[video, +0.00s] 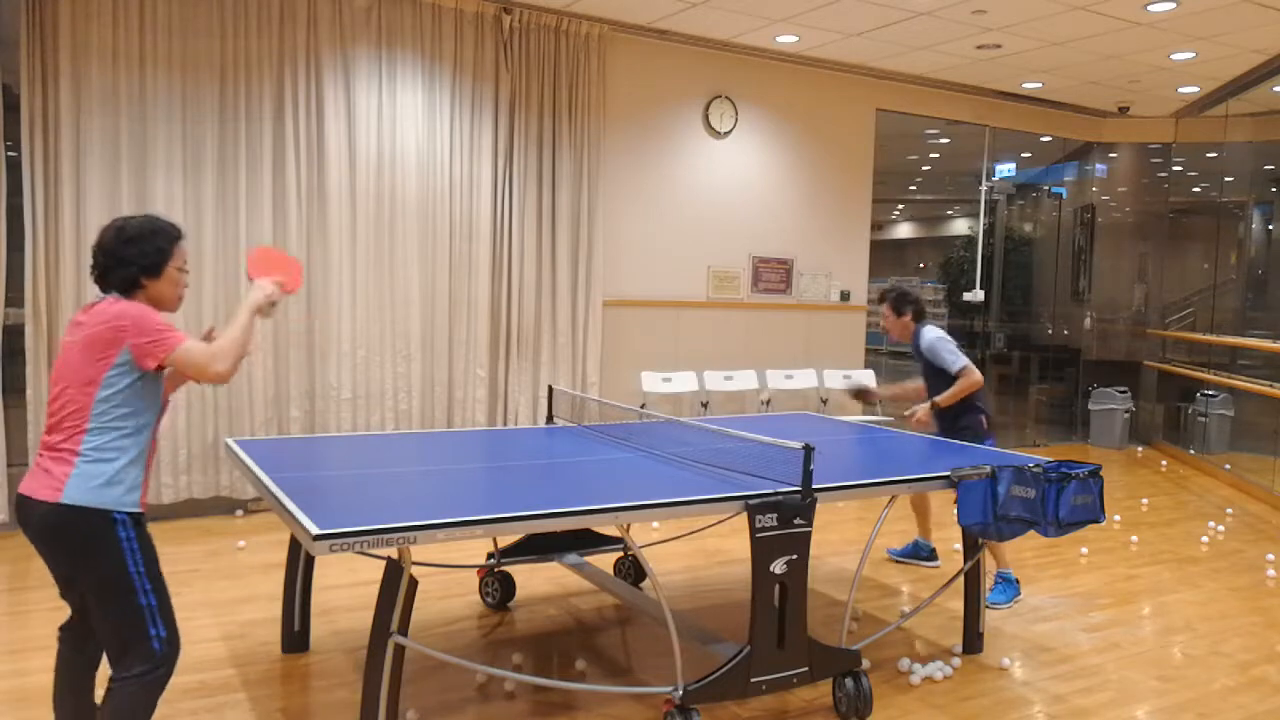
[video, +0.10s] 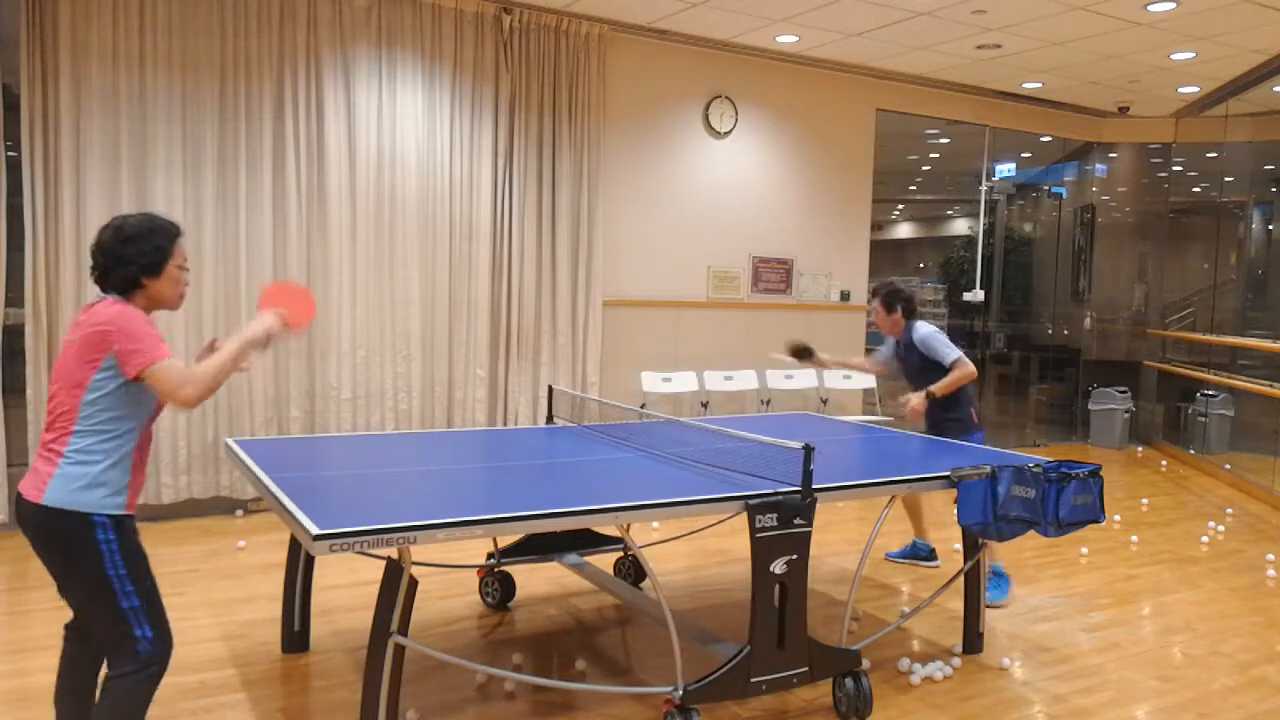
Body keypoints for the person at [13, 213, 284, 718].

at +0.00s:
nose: (186, 281)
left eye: (185, 270)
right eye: (179, 270)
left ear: (133, 272)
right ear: (144, 273)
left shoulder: (92, 317)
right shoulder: (129, 319)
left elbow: (131, 406)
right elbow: (218, 364)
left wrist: (189, 360)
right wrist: (253, 303)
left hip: (45, 500)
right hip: (95, 508)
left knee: (87, 626)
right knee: (151, 651)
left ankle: (75, 711)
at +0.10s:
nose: (187, 279)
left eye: (186, 267)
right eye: (179, 268)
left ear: (138, 273)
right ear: (144, 273)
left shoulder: (100, 316)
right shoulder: (122, 321)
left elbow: (144, 394)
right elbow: (187, 390)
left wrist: (203, 360)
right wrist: (252, 336)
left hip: (51, 503)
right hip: (86, 510)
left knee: (90, 627)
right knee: (146, 650)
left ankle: (74, 712)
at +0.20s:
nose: (193, 286)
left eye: (191, 275)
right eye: (186, 275)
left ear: (149, 281)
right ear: (150, 280)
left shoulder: (122, 329)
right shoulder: (114, 330)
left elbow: (136, 399)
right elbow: (128, 422)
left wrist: (195, 384)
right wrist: (215, 396)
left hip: (68, 511)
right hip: (74, 515)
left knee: (98, 642)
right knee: (138, 653)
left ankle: (73, 716)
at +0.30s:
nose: (201, 299)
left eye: (199, 289)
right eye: (193, 290)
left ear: (158, 298)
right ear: (156, 296)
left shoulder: (151, 347)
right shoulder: (107, 346)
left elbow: (154, 418)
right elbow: (69, 441)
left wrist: (194, 404)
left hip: (101, 517)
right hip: (58, 522)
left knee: (143, 592)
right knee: (138, 651)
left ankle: (74, 704)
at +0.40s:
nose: (207, 318)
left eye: (206, 307)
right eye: (200, 308)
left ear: (167, 314)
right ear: (164, 313)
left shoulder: (164, 364)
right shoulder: (95, 363)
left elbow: (158, 436)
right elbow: (25, 438)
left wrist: (182, 420)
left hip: (109, 513)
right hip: (53, 525)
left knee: (151, 590)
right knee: (138, 651)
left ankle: (94, 694)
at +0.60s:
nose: (199, 318)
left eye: (199, 307)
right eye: (190, 309)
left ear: (153, 314)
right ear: (149, 312)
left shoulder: (165, 356)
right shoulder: (95, 358)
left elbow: (160, 432)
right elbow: (58, 440)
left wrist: (178, 408)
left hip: (123, 509)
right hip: (72, 512)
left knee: (167, 585)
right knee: (120, 643)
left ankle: (123, 681)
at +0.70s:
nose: (195, 300)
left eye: (195, 289)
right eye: (187, 291)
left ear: (156, 296)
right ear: (147, 295)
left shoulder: (151, 339)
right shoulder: (112, 338)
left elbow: (143, 412)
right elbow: (116, 422)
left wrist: (176, 388)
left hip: (120, 499)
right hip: (78, 501)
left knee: (164, 579)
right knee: (118, 631)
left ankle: (123, 683)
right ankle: (81, 711)